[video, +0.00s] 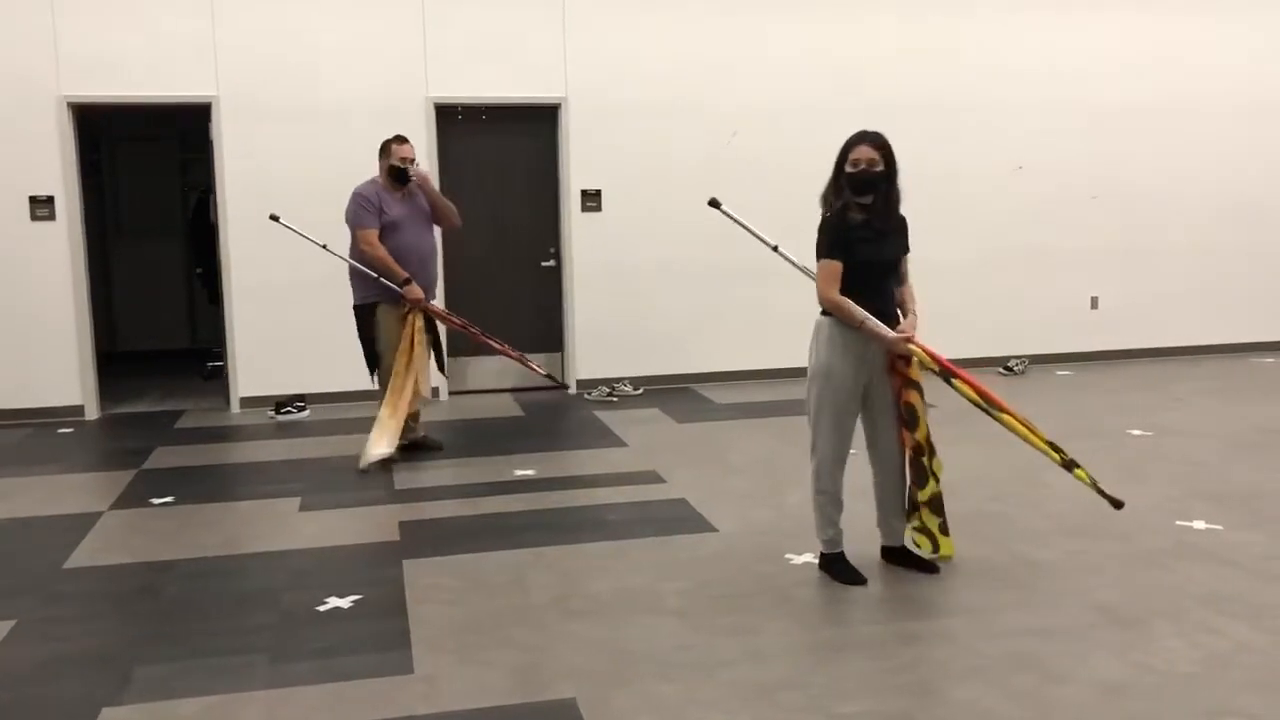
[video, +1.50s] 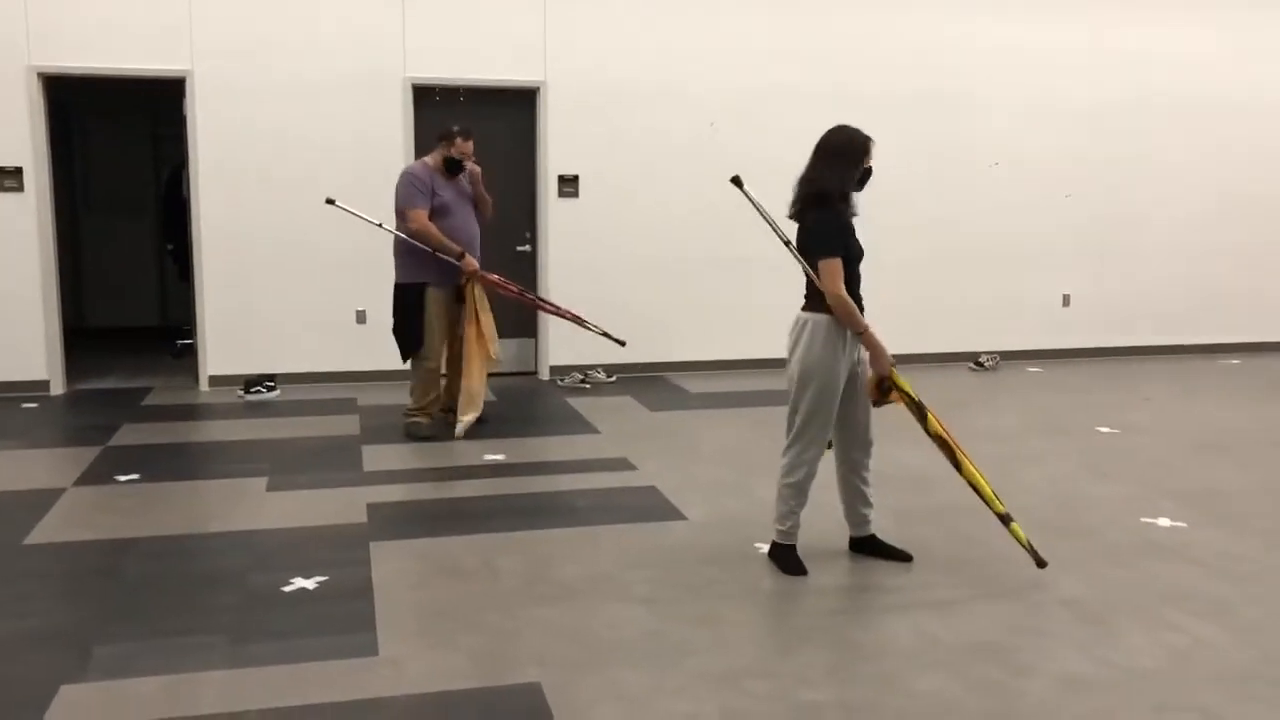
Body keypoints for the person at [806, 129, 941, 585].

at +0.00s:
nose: (863, 170)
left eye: (873, 164)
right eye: (855, 163)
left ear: (887, 170)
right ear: (842, 168)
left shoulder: (895, 223)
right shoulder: (836, 222)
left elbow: (901, 280)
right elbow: (828, 296)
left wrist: (911, 317)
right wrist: (881, 333)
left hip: (883, 339)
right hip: (839, 340)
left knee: (890, 445)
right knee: (831, 448)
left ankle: (894, 543)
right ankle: (830, 550)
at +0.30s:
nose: (870, 176)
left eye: (879, 169)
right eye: (861, 169)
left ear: (893, 173)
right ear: (849, 175)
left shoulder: (903, 227)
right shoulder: (842, 228)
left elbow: (916, 285)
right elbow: (830, 300)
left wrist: (919, 330)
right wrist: (886, 336)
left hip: (892, 344)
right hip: (847, 345)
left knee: (892, 450)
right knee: (839, 454)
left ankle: (893, 548)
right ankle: (828, 553)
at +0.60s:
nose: (875, 181)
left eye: (884, 175)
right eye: (866, 174)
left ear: (895, 181)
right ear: (852, 179)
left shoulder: (899, 232)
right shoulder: (843, 233)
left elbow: (910, 295)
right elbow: (837, 306)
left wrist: (923, 355)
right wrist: (892, 343)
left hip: (897, 350)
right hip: (852, 348)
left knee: (895, 455)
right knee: (838, 456)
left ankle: (892, 555)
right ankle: (817, 559)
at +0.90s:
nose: (868, 182)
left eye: (877, 176)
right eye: (859, 175)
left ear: (886, 183)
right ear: (843, 179)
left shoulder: (881, 234)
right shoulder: (834, 232)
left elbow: (889, 298)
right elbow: (839, 304)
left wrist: (897, 361)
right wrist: (885, 353)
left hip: (878, 348)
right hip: (838, 347)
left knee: (882, 457)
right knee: (822, 458)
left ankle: (882, 555)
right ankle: (804, 560)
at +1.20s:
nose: (869, 179)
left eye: (874, 172)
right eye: (862, 170)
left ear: (876, 172)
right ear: (841, 168)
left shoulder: (861, 216)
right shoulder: (825, 216)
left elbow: (856, 285)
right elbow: (832, 294)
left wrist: (867, 343)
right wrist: (874, 351)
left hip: (862, 338)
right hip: (827, 338)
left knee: (868, 448)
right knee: (813, 449)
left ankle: (872, 546)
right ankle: (794, 550)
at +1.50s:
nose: (868, 170)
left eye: (868, 161)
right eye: (864, 161)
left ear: (833, 159)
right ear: (846, 162)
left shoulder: (838, 212)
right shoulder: (823, 214)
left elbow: (839, 290)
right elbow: (834, 291)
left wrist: (864, 351)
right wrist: (875, 346)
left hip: (848, 334)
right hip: (821, 333)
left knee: (855, 441)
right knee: (808, 441)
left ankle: (861, 535)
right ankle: (783, 540)